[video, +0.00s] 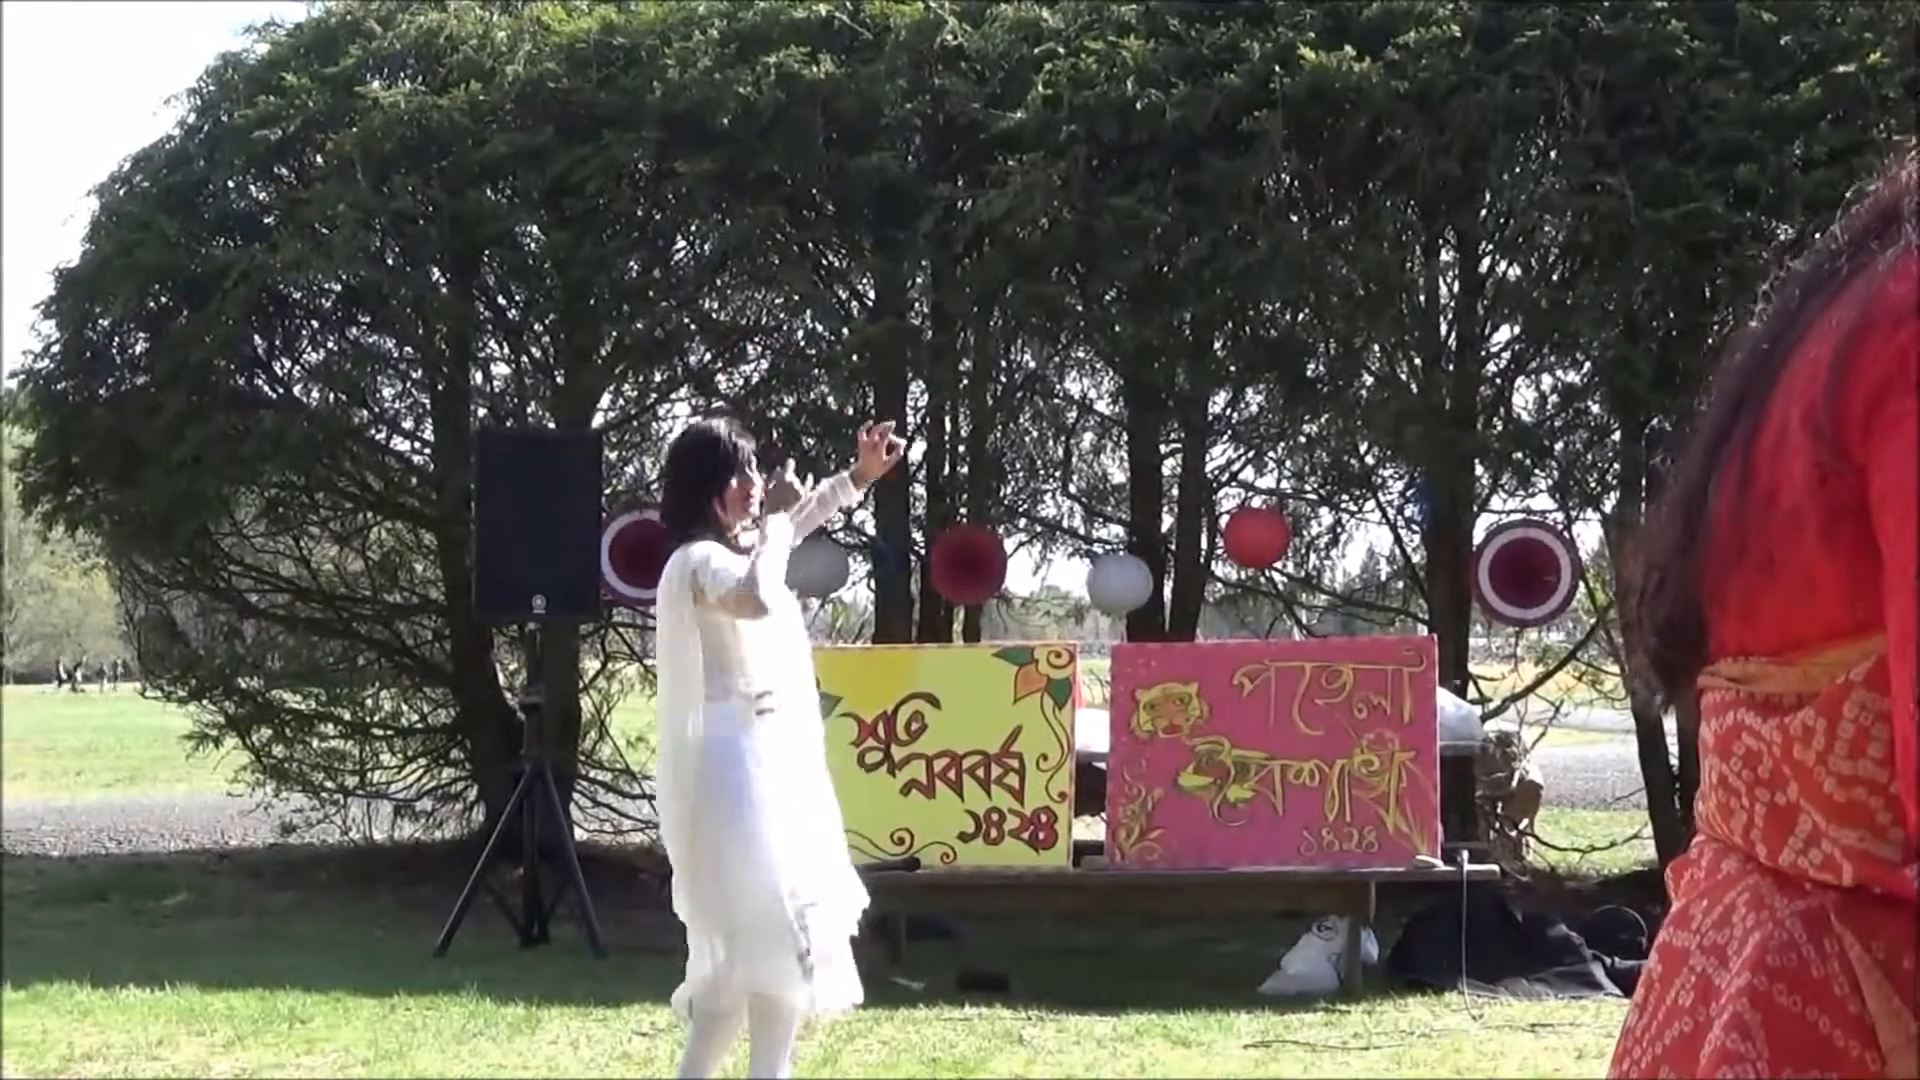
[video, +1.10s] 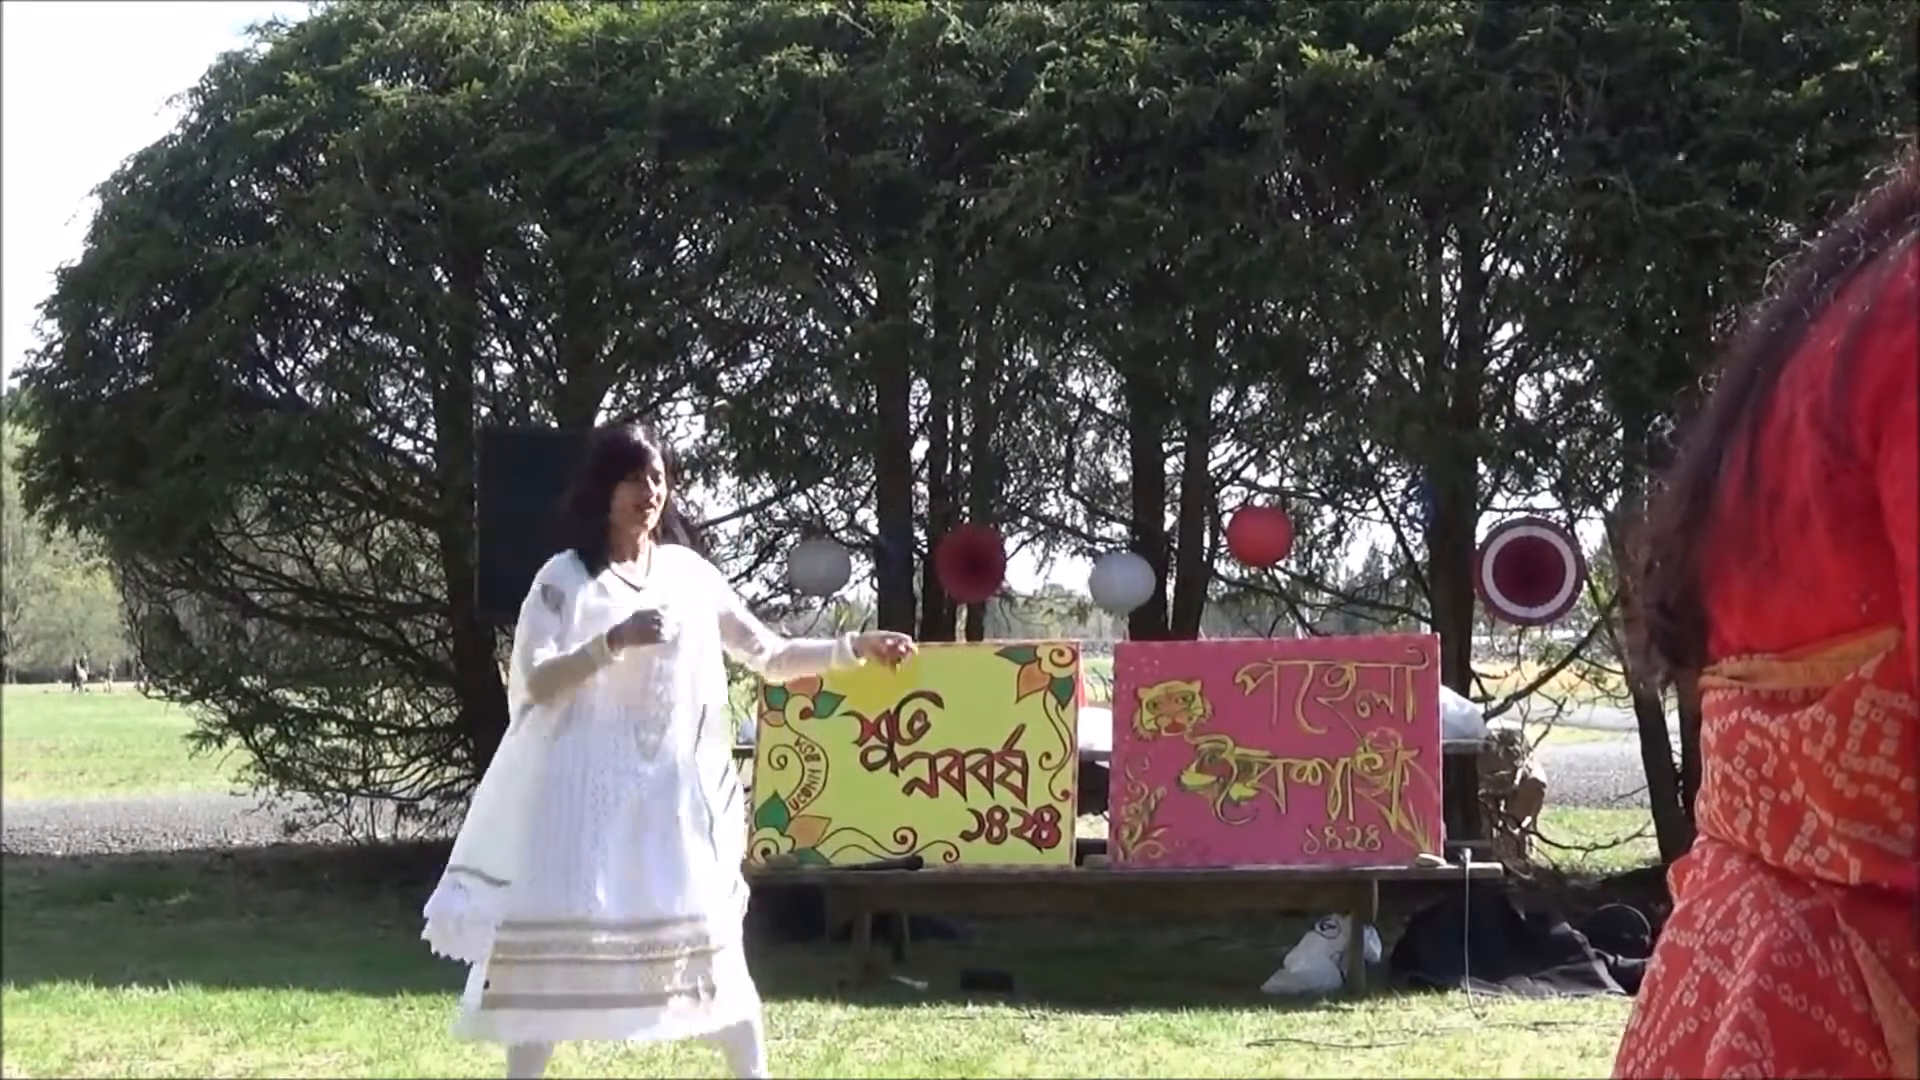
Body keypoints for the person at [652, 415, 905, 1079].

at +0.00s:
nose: (758, 486)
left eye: (755, 473)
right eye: (746, 475)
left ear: (730, 495)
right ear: (716, 492)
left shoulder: (735, 548)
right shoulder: (697, 560)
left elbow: (802, 516)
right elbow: (756, 596)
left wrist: (862, 475)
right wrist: (778, 523)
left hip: (758, 766)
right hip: (741, 771)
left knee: (737, 944)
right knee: (778, 936)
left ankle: (694, 1068)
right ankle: (771, 1070)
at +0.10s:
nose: (730, 491)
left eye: (735, 476)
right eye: (713, 481)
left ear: (749, 483)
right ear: (685, 498)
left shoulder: (757, 562)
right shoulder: (680, 571)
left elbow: (819, 559)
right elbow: (699, 638)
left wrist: (894, 520)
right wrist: (733, 550)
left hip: (767, 788)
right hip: (709, 792)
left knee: (752, 949)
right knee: (762, 942)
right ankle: (769, 1071)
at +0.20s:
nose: (707, 494)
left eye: (716, 481)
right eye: (691, 485)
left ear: (736, 490)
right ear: (671, 501)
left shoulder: (759, 563)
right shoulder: (661, 574)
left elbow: (831, 593)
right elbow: (635, 655)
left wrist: (927, 565)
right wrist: (692, 576)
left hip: (765, 795)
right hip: (697, 802)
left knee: (758, 967)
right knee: (727, 971)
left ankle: (717, 1068)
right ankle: (707, 1069)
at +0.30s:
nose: (699, 496)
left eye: (710, 483)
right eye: (685, 485)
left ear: (731, 496)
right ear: (663, 500)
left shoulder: (760, 574)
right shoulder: (646, 577)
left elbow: (841, 616)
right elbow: (571, 641)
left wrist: (944, 599)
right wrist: (664, 579)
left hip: (754, 782)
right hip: (674, 787)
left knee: (750, 943)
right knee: (677, 937)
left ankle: (702, 1069)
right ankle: (650, 1067)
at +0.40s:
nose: (683, 493)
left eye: (696, 479)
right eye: (670, 483)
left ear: (722, 494)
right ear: (651, 499)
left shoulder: (753, 577)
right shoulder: (627, 573)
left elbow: (844, 625)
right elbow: (523, 616)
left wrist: (952, 624)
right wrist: (618, 583)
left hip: (739, 794)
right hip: (649, 794)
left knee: (734, 961)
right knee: (616, 953)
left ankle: (700, 1070)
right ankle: (573, 1071)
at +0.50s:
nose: (669, 484)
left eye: (684, 471)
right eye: (656, 473)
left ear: (709, 488)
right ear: (638, 490)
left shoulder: (740, 577)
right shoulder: (610, 566)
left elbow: (833, 628)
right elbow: (490, 582)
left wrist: (948, 639)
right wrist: (554, 567)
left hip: (718, 788)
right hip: (622, 785)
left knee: (726, 953)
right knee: (572, 947)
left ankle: (696, 1074)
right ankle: (526, 1074)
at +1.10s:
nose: (651, 493)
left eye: (660, 480)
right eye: (636, 478)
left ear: (670, 493)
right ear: (602, 487)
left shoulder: (689, 571)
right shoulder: (563, 577)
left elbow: (771, 657)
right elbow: (533, 684)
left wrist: (857, 648)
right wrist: (610, 642)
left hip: (676, 790)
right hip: (575, 790)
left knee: (717, 945)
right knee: (542, 949)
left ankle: (754, 1072)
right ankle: (523, 1072)